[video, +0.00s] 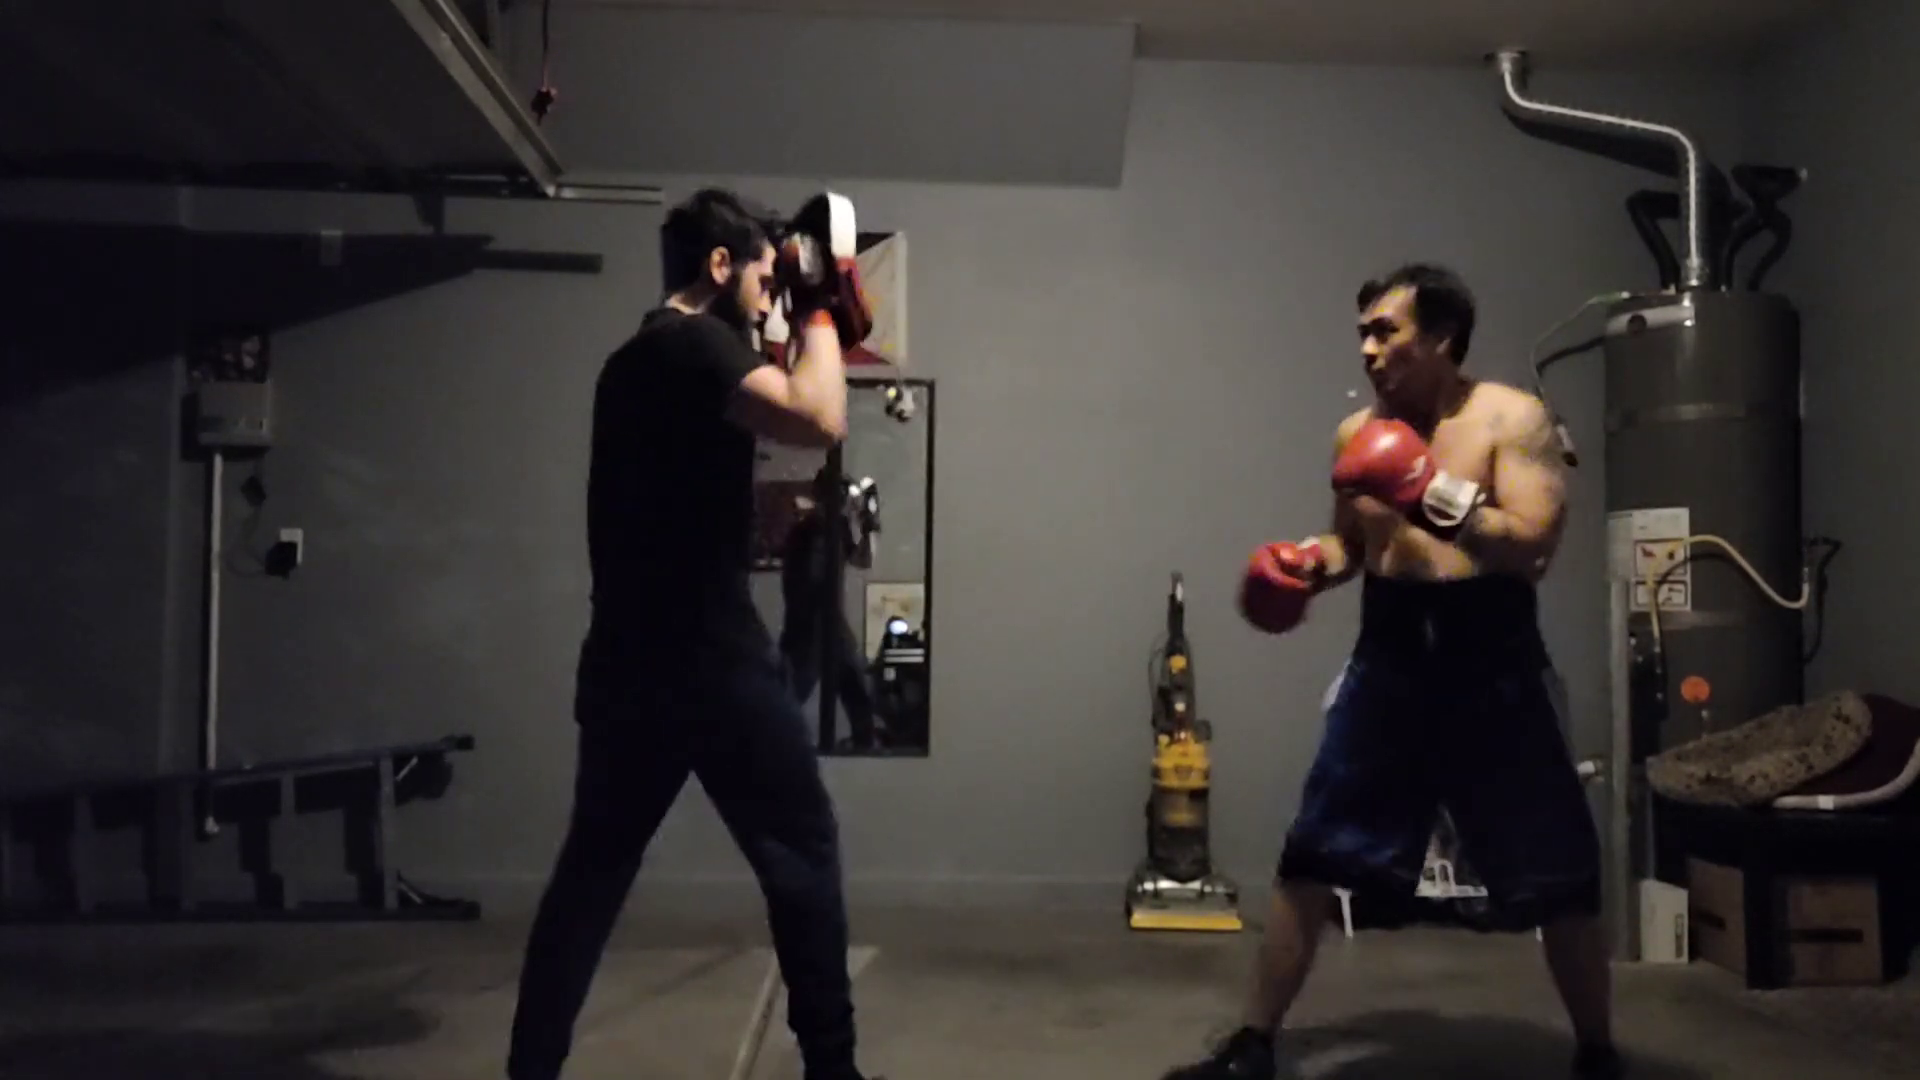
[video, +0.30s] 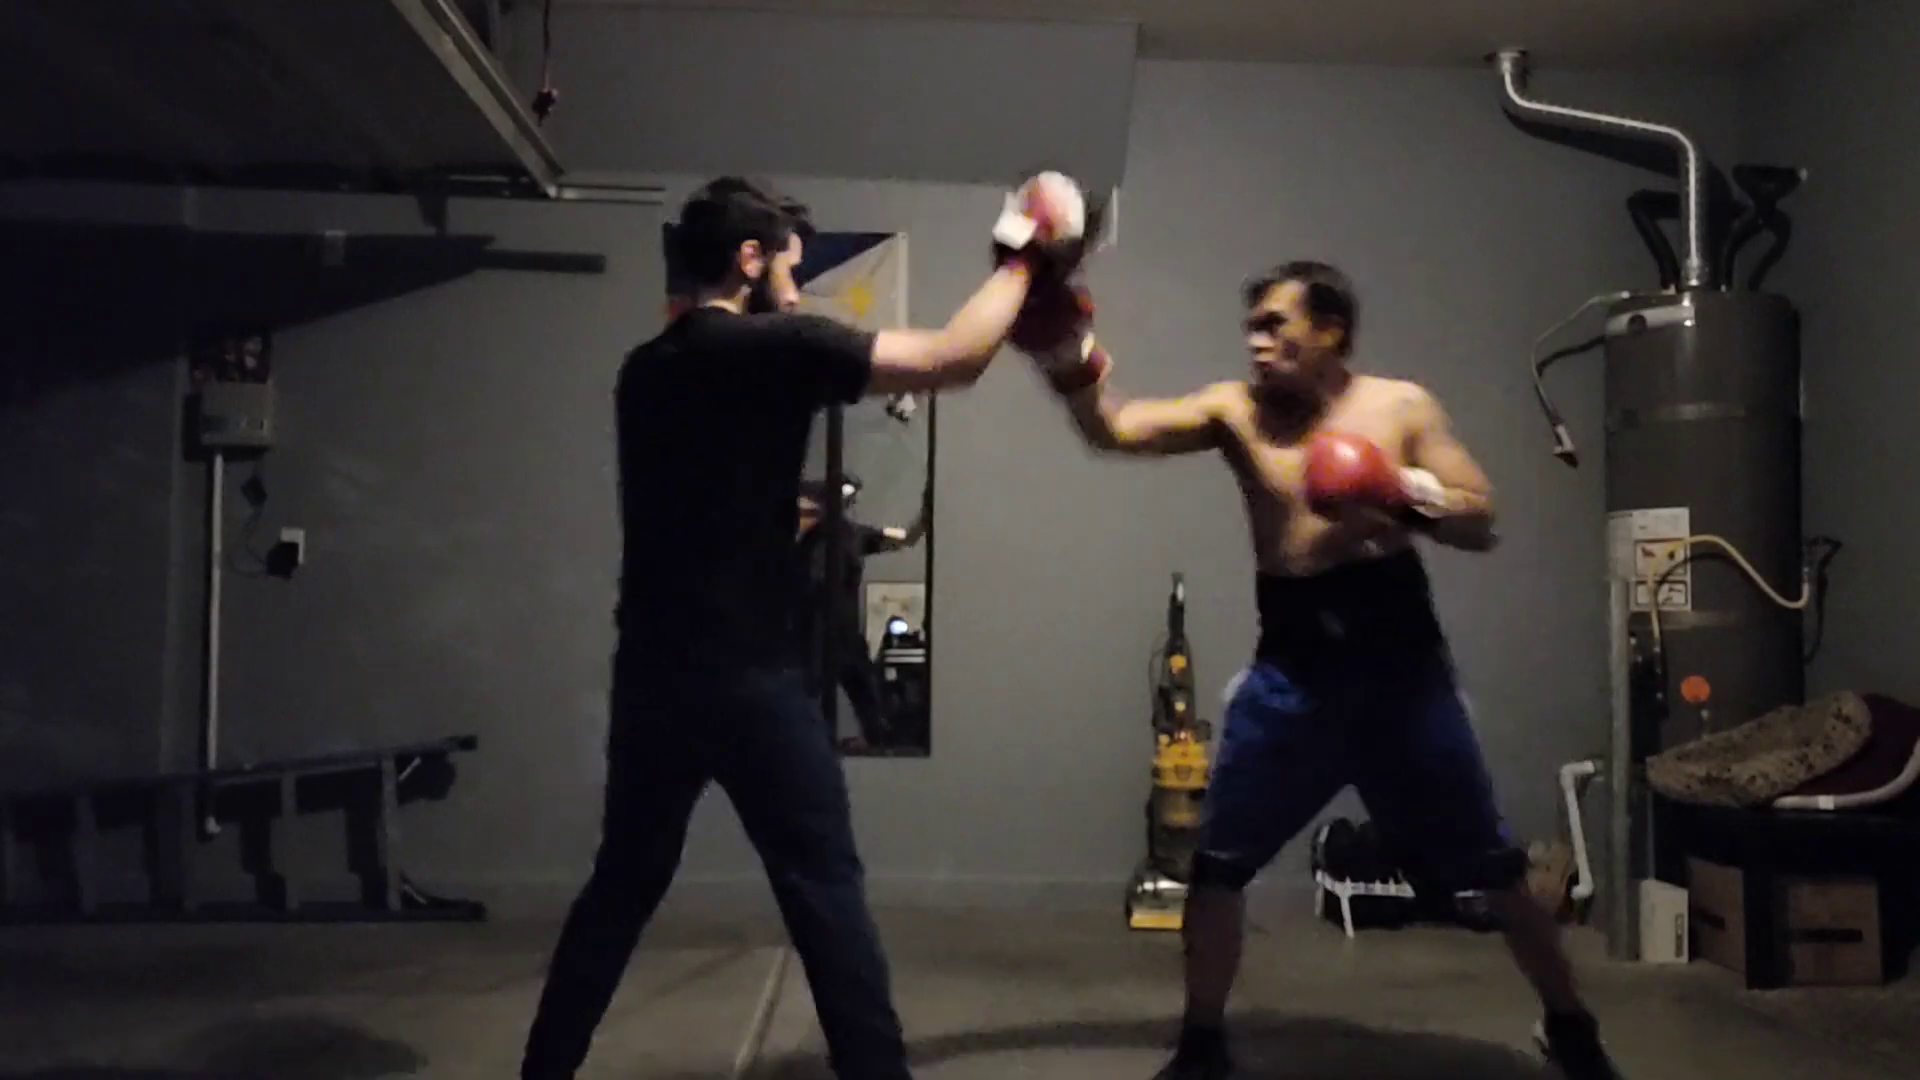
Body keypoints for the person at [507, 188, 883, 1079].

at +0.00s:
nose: (767, 296)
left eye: (771, 281)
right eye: (763, 278)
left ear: (681, 270)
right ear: (719, 267)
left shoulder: (630, 360)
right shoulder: (700, 344)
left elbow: (671, 503)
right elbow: (817, 415)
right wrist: (817, 318)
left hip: (628, 655)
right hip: (711, 657)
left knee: (591, 868)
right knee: (802, 853)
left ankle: (532, 1063)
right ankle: (831, 1061)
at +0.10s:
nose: (765, 291)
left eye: (766, 273)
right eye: (761, 270)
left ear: (675, 262)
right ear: (724, 262)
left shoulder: (622, 361)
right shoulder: (717, 348)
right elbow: (860, 401)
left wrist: (810, 313)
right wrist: (850, 301)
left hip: (624, 658)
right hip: (718, 661)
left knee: (587, 873)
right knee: (808, 863)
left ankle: (531, 1064)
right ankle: (844, 1062)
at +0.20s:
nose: (780, 287)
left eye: (780, 269)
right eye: (774, 267)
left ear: (687, 264)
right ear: (730, 259)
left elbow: (644, 511)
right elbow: (907, 393)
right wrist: (922, 289)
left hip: (632, 664)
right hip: (731, 665)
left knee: (603, 877)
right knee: (814, 872)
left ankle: (537, 1063)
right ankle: (863, 1063)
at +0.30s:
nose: (799, 283)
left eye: (801, 268)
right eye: (794, 266)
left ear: (686, 266)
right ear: (749, 262)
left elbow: (689, 501)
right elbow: (952, 357)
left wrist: (784, 516)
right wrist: (1024, 256)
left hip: (654, 669)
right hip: (757, 674)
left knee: (624, 877)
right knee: (823, 887)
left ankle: (545, 1065)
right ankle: (875, 1065)